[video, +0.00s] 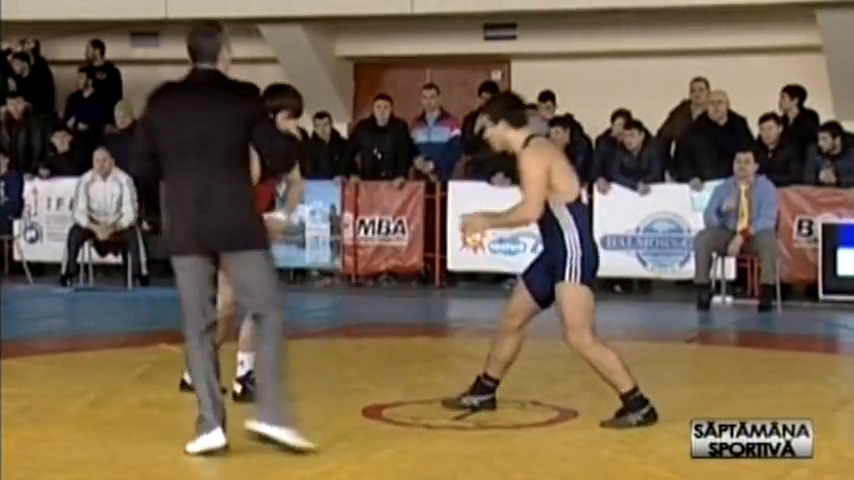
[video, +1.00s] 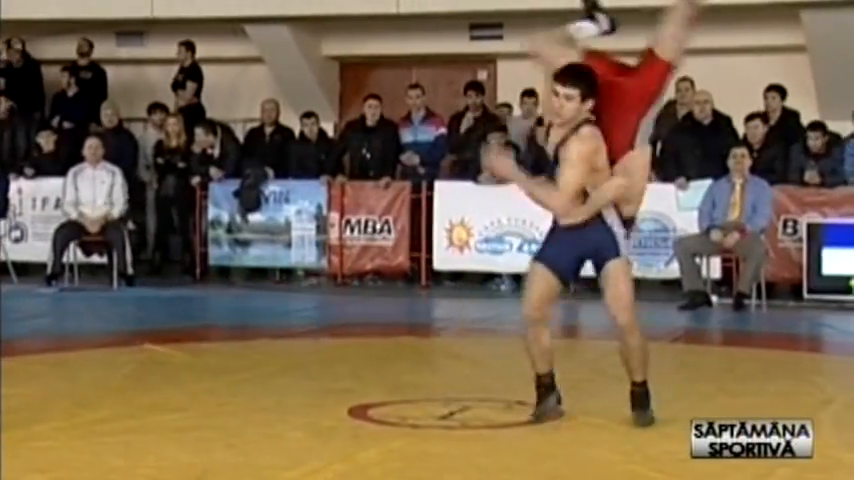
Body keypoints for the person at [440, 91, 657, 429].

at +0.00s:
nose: (487, 138)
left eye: (487, 130)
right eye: (484, 132)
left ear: (503, 124)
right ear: (509, 124)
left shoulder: (535, 153)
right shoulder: (535, 150)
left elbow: (531, 211)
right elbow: (531, 210)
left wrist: (486, 221)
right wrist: (490, 223)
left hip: (573, 252)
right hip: (554, 252)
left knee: (579, 336)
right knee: (512, 319)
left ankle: (636, 402)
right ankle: (484, 390)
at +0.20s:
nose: (434, 173)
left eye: (436, 165)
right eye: (432, 166)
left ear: (452, 159)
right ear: (458, 156)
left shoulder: (477, 179)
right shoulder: (484, 172)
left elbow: (474, 236)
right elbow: (495, 225)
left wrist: (432, 236)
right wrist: (446, 212)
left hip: (563, 250)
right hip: (543, 254)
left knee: (580, 330)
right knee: (495, 309)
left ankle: (634, 398)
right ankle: (482, 390)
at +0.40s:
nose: (424, 222)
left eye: (423, 216)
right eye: (420, 217)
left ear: (435, 209)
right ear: (442, 199)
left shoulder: (466, 216)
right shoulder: (464, 208)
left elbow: (473, 274)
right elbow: (478, 263)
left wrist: (429, 257)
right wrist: (437, 246)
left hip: (554, 268)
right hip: (530, 273)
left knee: (579, 346)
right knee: (472, 310)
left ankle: (648, 401)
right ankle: (478, 391)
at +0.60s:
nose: (438, 172)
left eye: (442, 166)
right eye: (439, 166)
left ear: (457, 166)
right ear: (467, 166)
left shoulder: (472, 195)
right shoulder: (478, 191)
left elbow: (423, 230)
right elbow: (442, 240)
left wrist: (409, 187)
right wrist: (424, 195)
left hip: (538, 271)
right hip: (518, 270)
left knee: (563, 356)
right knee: (457, 314)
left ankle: (639, 402)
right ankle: (475, 391)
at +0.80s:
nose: (525, 110)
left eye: (533, 106)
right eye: (528, 105)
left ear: (548, 117)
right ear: (545, 116)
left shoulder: (544, 149)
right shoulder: (535, 146)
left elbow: (483, 158)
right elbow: (489, 157)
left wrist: (485, 118)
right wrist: (491, 119)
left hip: (551, 247)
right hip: (522, 248)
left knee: (572, 335)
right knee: (472, 317)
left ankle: (630, 397)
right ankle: (471, 390)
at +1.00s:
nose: (558, 104)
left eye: (568, 99)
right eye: (555, 95)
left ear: (586, 107)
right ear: (550, 94)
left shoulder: (585, 142)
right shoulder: (549, 127)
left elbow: (563, 203)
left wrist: (516, 176)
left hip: (601, 227)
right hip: (562, 227)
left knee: (624, 316)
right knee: (533, 310)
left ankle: (640, 395)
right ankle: (547, 393)